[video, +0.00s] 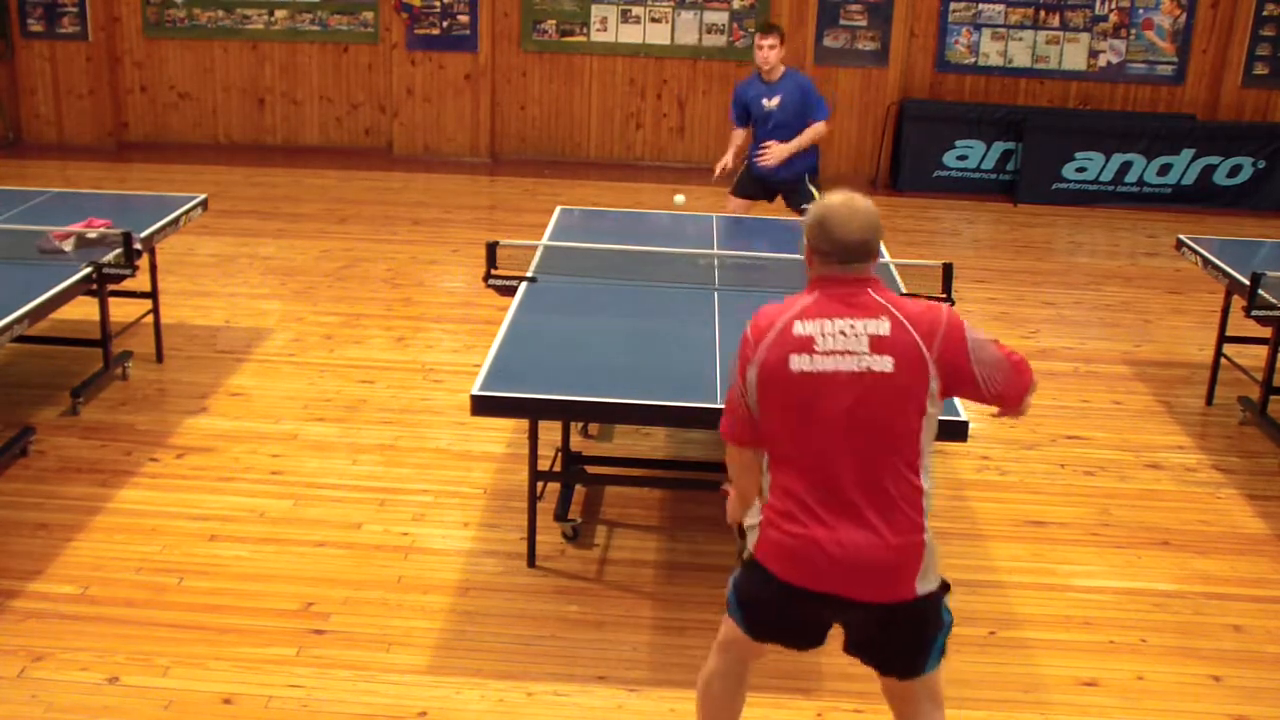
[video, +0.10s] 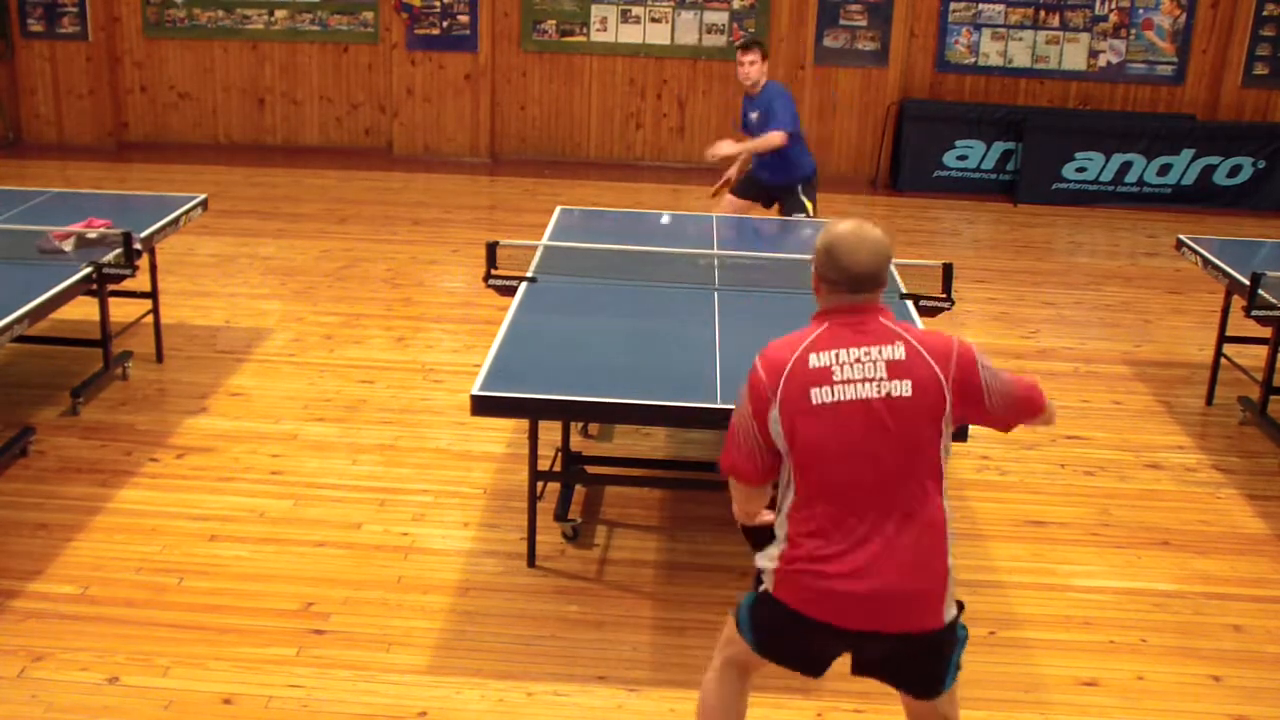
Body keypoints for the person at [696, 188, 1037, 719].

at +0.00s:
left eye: (804, 245)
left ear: (809, 252)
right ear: (880, 252)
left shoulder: (768, 326)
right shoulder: (931, 325)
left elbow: (740, 436)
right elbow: (1015, 386)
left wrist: (744, 495)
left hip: (790, 558)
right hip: (894, 568)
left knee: (733, 647)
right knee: (917, 697)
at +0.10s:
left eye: (813, 269)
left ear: (817, 281)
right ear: (886, 280)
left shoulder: (776, 364)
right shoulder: (941, 355)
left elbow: (747, 483)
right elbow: (1035, 407)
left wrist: (749, 515)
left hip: (809, 594)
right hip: (913, 600)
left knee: (733, 661)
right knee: (934, 706)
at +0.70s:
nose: (790, 288)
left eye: (791, 279)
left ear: (798, 288)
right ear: (864, 286)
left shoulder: (763, 373)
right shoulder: (922, 367)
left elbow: (708, 479)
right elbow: (1001, 460)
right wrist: (1006, 519)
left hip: (796, 612)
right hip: (901, 616)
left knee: (702, 700)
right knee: (939, 711)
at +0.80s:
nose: (736, 300)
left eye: (737, 292)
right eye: (738, 289)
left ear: (749, 301)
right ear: (814, 295)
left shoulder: (724, 387)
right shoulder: (883, 366)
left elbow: (622, 458)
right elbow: (969, 448)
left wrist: (556, 439)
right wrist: (1018, 522)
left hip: (777, 617)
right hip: (884, 616)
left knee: (676, 687)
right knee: (918, 708)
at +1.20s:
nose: (756, 290)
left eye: (759, 280)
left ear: (766, 294)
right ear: (839, 293)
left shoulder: (741, 392)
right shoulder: (891, 377)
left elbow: (649, 466)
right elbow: (960, 439)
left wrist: (576, 397)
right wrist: (984, 475)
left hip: (747, 617)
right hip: (858, 624)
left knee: (664, 689)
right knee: (879, 712)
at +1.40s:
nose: (846, 277)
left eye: (849, 269)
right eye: (851, 265)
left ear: (856, 287)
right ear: (926, 294)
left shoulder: (837, 385)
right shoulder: (967, 372)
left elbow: (766, 501)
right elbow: (1016, 436)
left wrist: (674, 497)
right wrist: (959, 461)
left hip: (823, 630)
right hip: (925, 635)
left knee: (725, 708)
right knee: (919, 712)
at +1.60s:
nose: (880, 265)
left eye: (884, 258)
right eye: (886, 255)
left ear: (891, 277)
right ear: (960, 285)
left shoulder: (860, 376)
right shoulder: (998, 372)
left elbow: (798, 500)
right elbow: (1046, 462)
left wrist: (724, 563)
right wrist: (1020, 505)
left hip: (844, 636)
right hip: (946, 637)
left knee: (785, 701)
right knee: (928, 713)